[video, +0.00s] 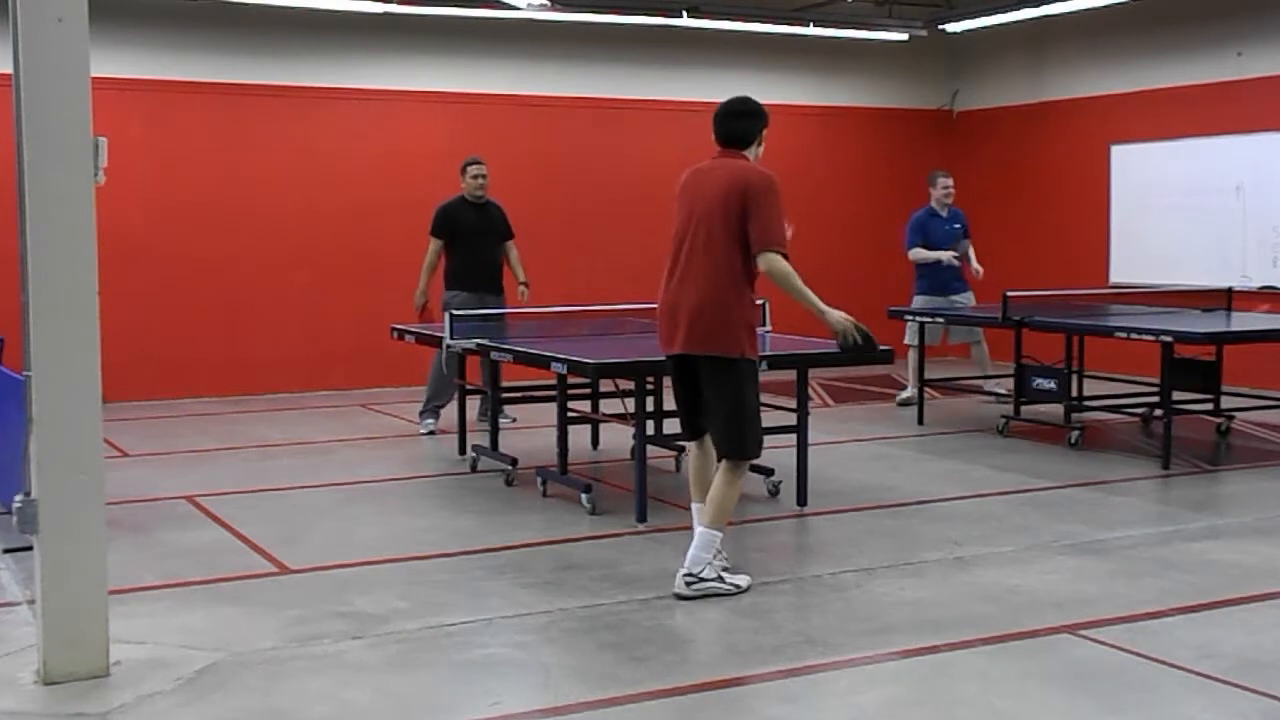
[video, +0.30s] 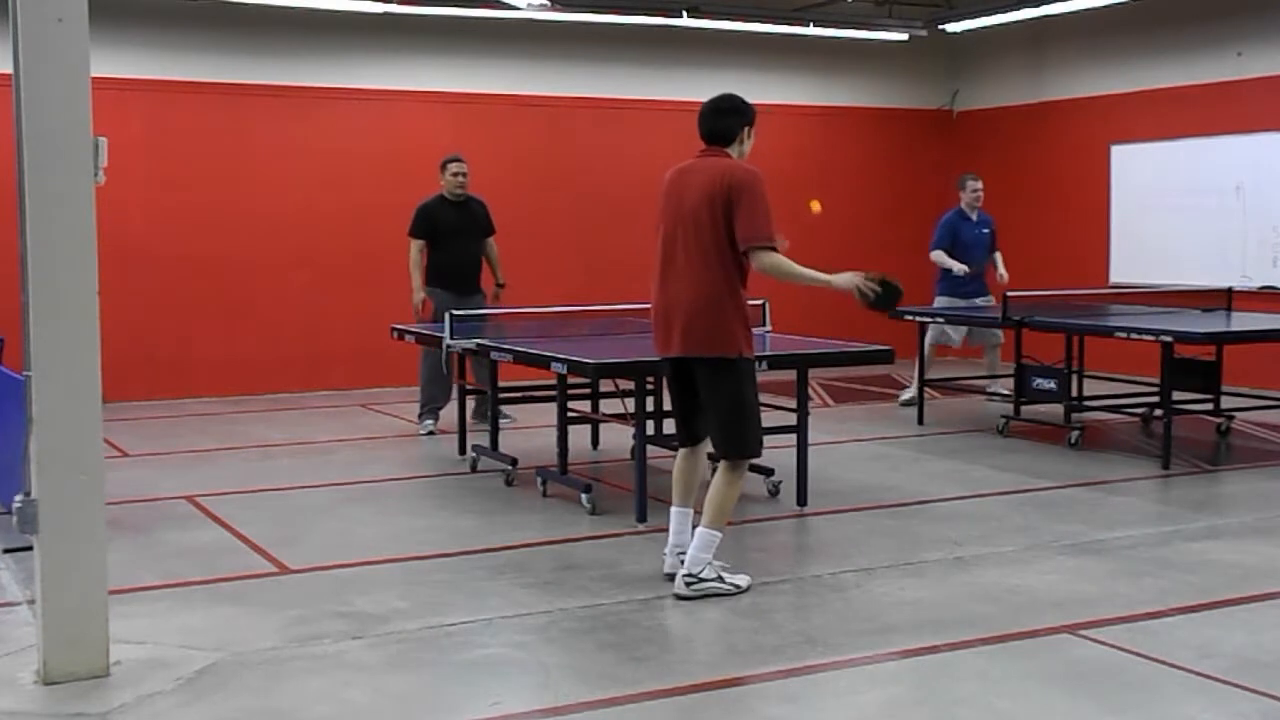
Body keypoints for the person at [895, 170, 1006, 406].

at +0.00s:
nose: (950, 192)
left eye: (952, 188)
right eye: (945, 188)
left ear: (954, 190)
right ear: (932, 191)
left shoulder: (959, 217)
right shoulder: (919, 220)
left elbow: (966, 243)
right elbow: (913, 253)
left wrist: (973, 261)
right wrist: (941, 255)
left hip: (958, 289)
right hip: (927, 292)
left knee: (976, 336)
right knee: (915, 342)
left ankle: (989, 381)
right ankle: (913, 387)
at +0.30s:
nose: (980, 195)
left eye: (981, 191)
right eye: (974, 191)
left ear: (983, 193)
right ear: (961, 194)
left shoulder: (986, 221)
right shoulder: (950, 220)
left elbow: (994, 249)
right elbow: (935, 253)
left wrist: (1000, 268)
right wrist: (955, 265)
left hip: (979, 292)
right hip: (950, 293)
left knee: (994, 339)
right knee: (931, 341)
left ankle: (994, 384)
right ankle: (916, 387)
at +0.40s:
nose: (980, 195)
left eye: (982, 191)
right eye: (975, 191)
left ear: (985, 193)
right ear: (962, 194)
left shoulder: (991, 221)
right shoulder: (950, 221)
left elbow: (1002, 248)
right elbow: (934, 252)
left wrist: (1006, 266)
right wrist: (947, 266)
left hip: (981, 293)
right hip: (951, 293)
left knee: (994, 340)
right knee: (933, 340)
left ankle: (993, 384)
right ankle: (919, 385)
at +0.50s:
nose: (975, 197)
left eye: (977, 193)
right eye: (970, 194)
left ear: (981, 194)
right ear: (959, 196)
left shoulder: (990, 222)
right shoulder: (948, 223)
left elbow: (1006, 248)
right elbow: (928, 252)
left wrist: (1009, 265)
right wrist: (934, 270)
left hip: (983, 295)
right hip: (951, 295)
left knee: (996, 343)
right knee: (935, 343)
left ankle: (992, 385)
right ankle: (920, 386)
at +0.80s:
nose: (942, 209)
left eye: (945, 204)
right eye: (938, 206)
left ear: (954, 202)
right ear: (933, 207)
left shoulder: (974, 225)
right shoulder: (930, 233)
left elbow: (1001, 247)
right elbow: (918, 263)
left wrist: (991, 270)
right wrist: (901, 277)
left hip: (977, 297)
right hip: (944, 298)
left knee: (993, 343)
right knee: (930, 343)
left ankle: (994, 385)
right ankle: (922, 389)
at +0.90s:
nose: (935, 207)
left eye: (938, 202)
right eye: (930, 204)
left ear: (947, 199)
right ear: (926, 206)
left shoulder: (967, 222)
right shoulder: (925, 230)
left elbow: (993, 246)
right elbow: (924, 262)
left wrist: (979, 270)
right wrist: (911, 265)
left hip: (972, 295)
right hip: (939, 296)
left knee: (986, 343)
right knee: (926, 343)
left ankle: (993, 384)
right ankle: (920, 388)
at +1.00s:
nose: (936, 202)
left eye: (939, 197)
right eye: (931, 199)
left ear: (945, 196)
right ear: (924, 202)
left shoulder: (964, 219)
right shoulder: (921, 226)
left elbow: (987, 245)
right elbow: (923, 257)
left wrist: (970, 265)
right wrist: (933, 238)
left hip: (967, 293)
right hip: (936, 294)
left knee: (982, 341)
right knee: (926, 343)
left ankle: (991, 383)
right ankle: (920, 388)